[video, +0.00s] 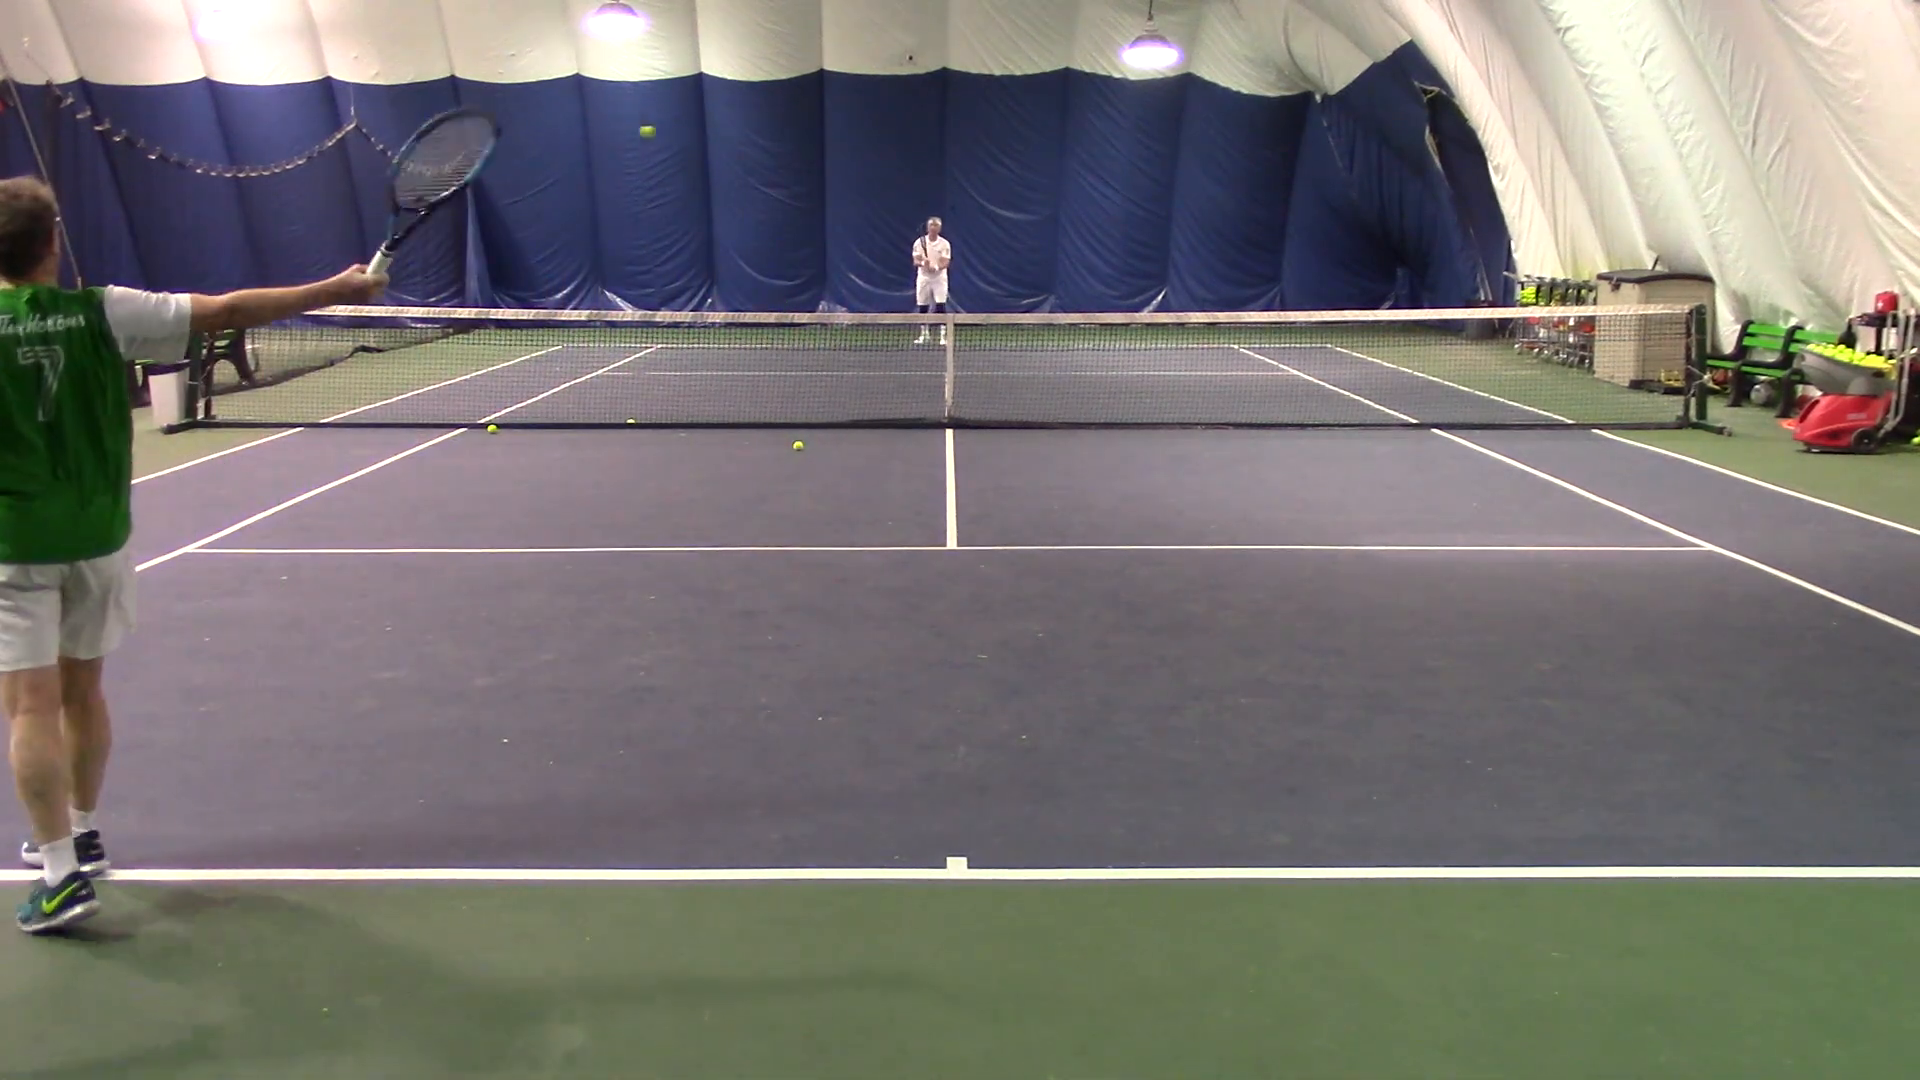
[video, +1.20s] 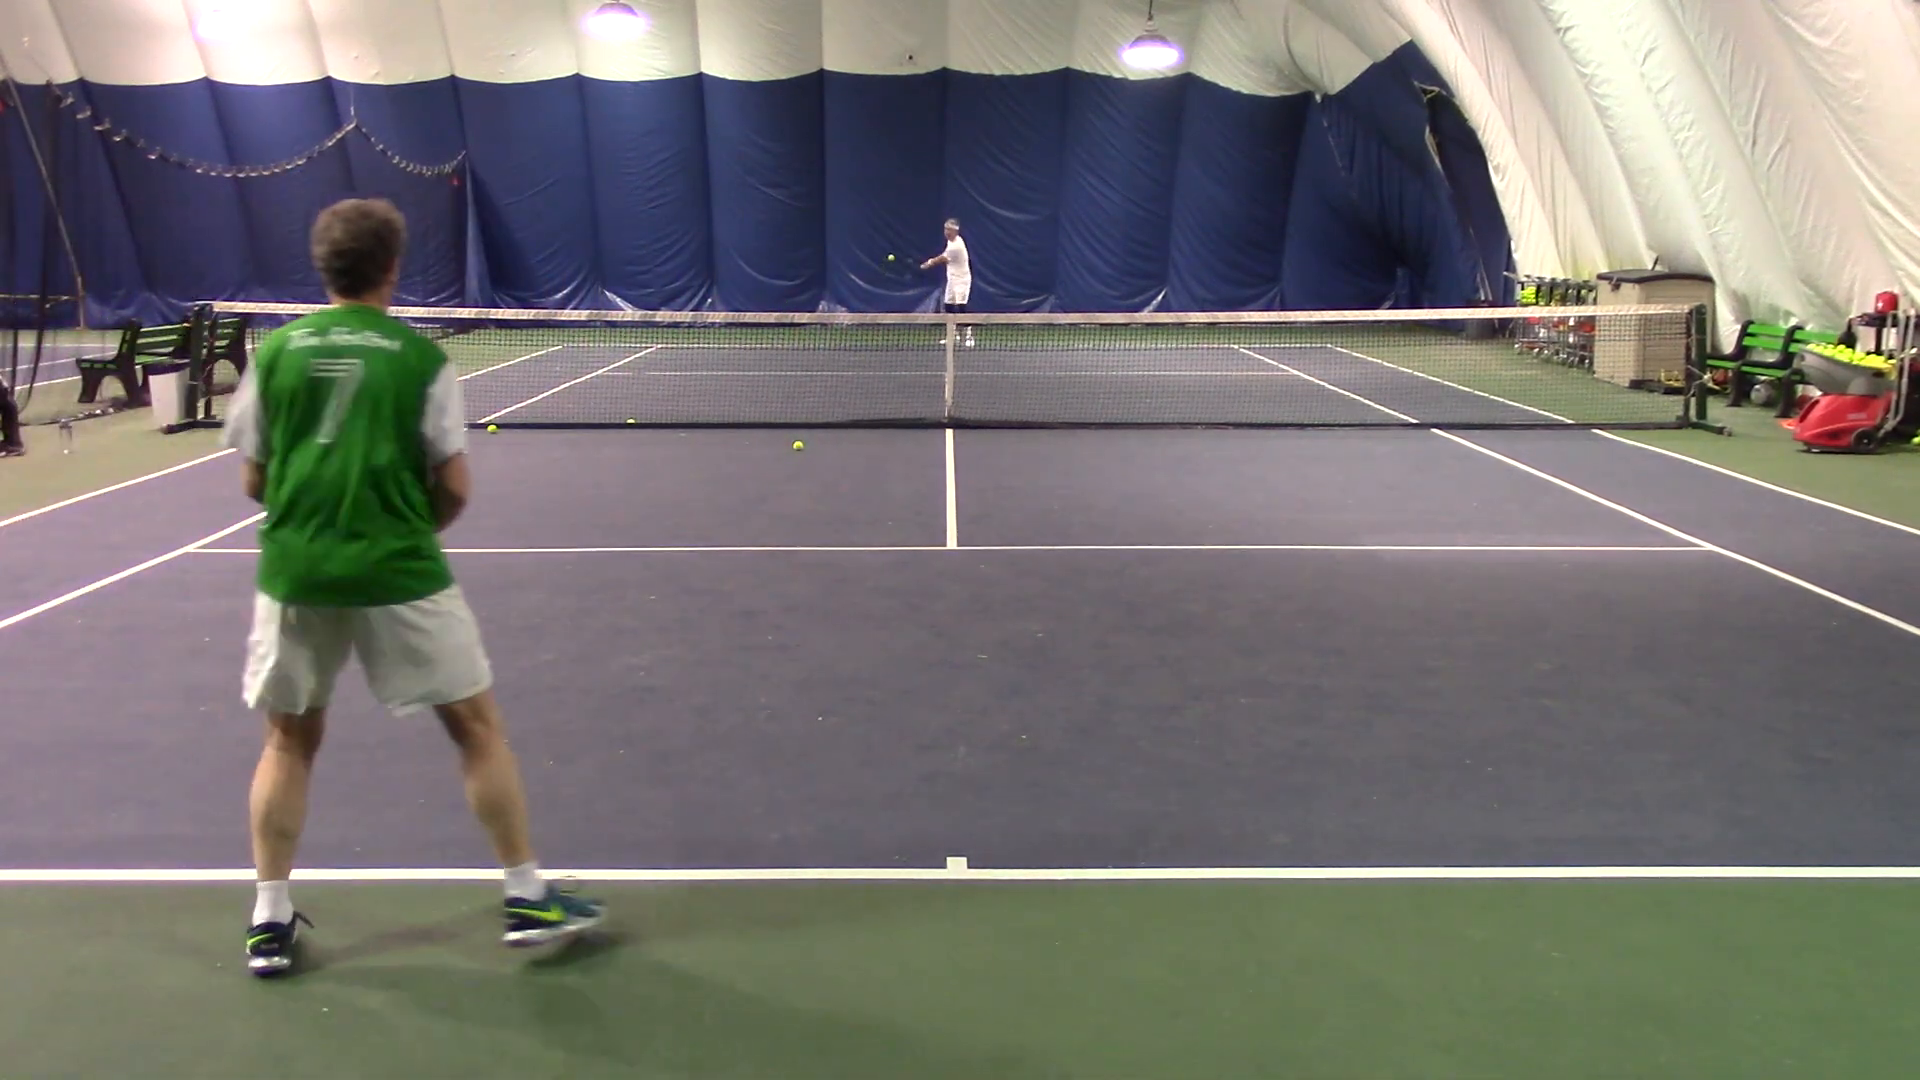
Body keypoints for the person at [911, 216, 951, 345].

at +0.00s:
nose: (933, 229)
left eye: (936, 226)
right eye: (931, 226)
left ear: (940, 228)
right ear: (928, 227)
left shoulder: (945, 244)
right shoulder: (919, 242)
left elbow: (946, 260)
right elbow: (916, 260)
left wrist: (938, 266)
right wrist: (924, 263)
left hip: (939, 277)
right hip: (924, 277)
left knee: (940, 305)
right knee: (923, 305)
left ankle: (943, 333)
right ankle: (924, 332)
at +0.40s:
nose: (935, 229)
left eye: (938, 226)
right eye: (933, 226)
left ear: (942, 227)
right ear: (930, 228)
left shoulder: (949, 242)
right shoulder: (926, 243)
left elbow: (951, 260)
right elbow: (924, 259)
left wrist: (940, 267)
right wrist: (928, 266)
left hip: (946, 276)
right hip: (933, 275)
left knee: (945, 304)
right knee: (929, 304)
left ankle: (944, 334)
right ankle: (935, 332)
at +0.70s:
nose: (939, 230)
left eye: (942, 227)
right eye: (937, 227)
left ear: (946, 228)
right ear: (936, 229)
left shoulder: (951, 243)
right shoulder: (935, 242)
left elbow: (940, 257)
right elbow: (928, 255)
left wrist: (925, 264)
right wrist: (919, 259)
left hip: (952, 277)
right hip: (942, 278)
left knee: (946, 305)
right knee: (941, 306)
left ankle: (950, 333)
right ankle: (949, 333)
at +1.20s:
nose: (947, 232)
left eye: (950, 230)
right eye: (946, 229)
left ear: (956, 231)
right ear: (945, 229)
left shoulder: (956, 246)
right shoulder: (950, 242)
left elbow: (942, 258)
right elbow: (944, 256)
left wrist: (930, 263)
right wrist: (932, 261)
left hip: (961, 280)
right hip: (952, 279)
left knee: (960, 307)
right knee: (949, 306)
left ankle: (968, 336)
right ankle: (953, 334)